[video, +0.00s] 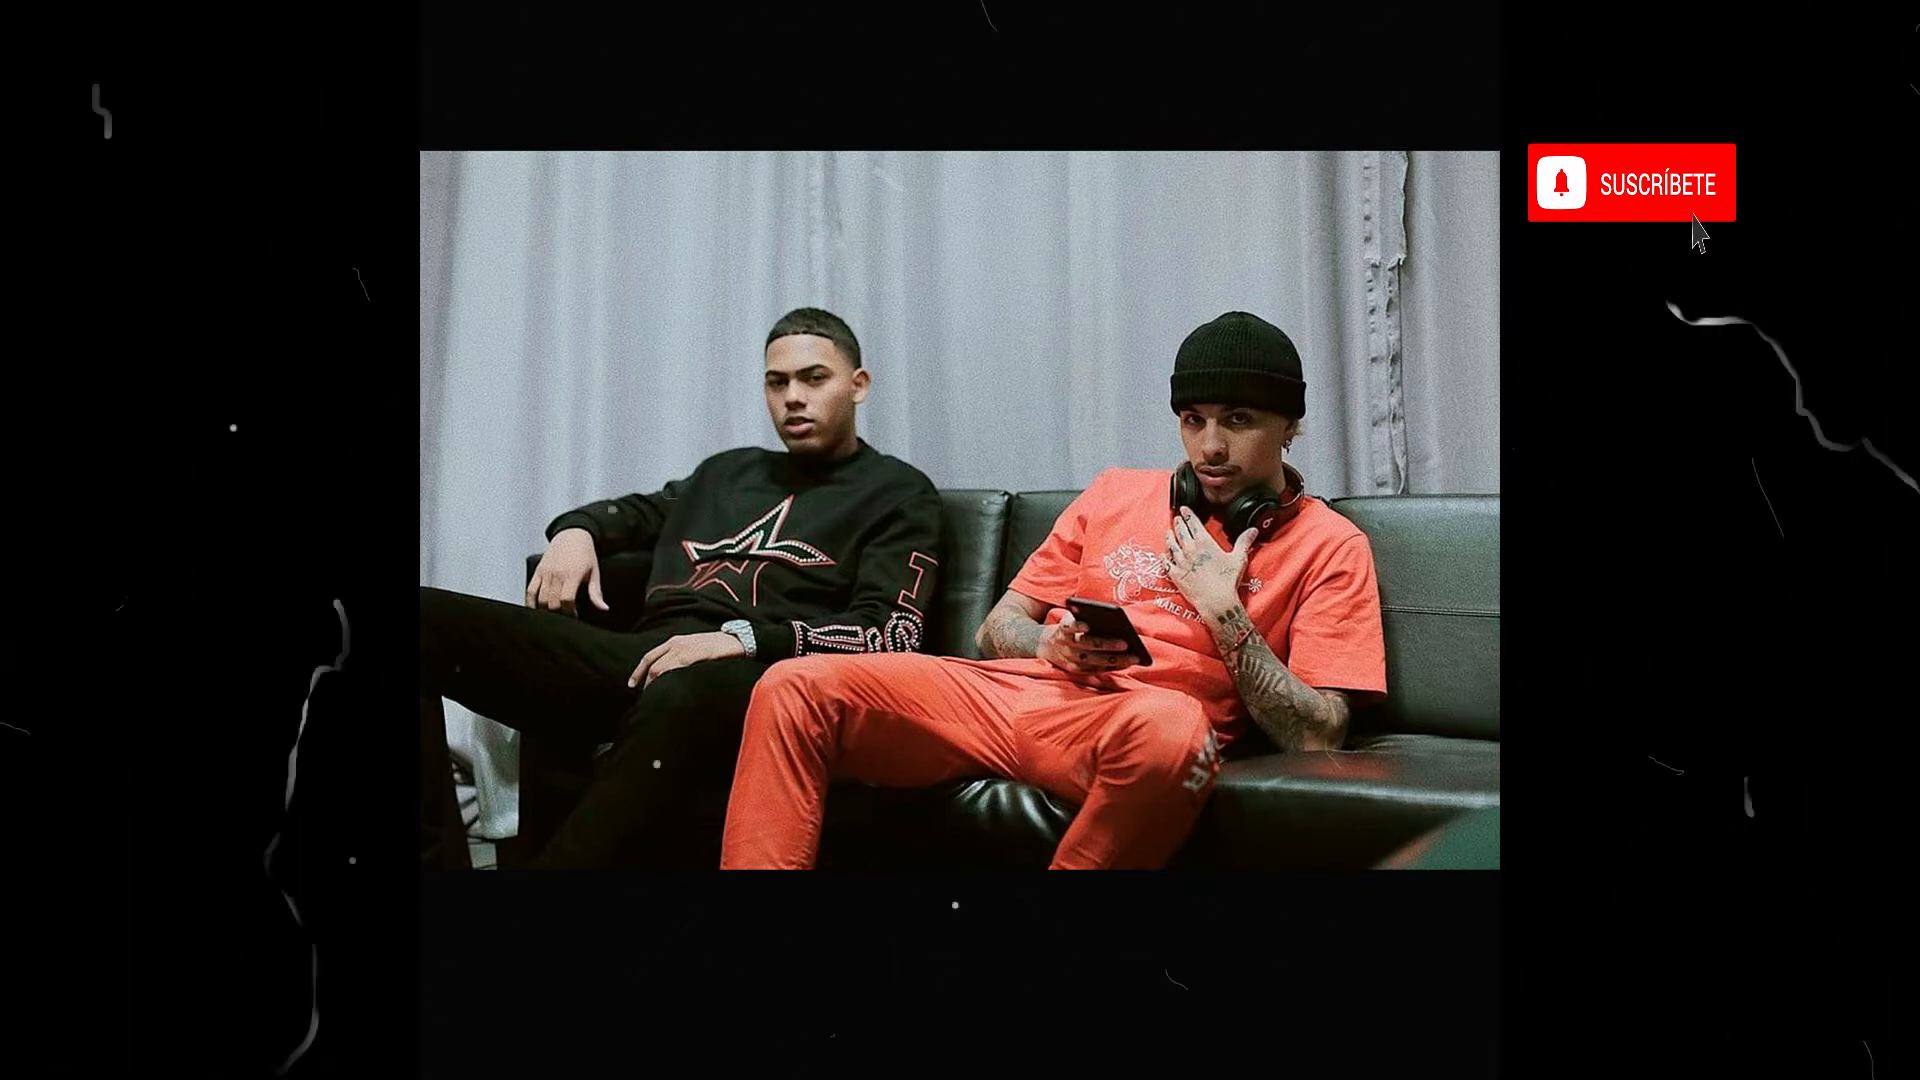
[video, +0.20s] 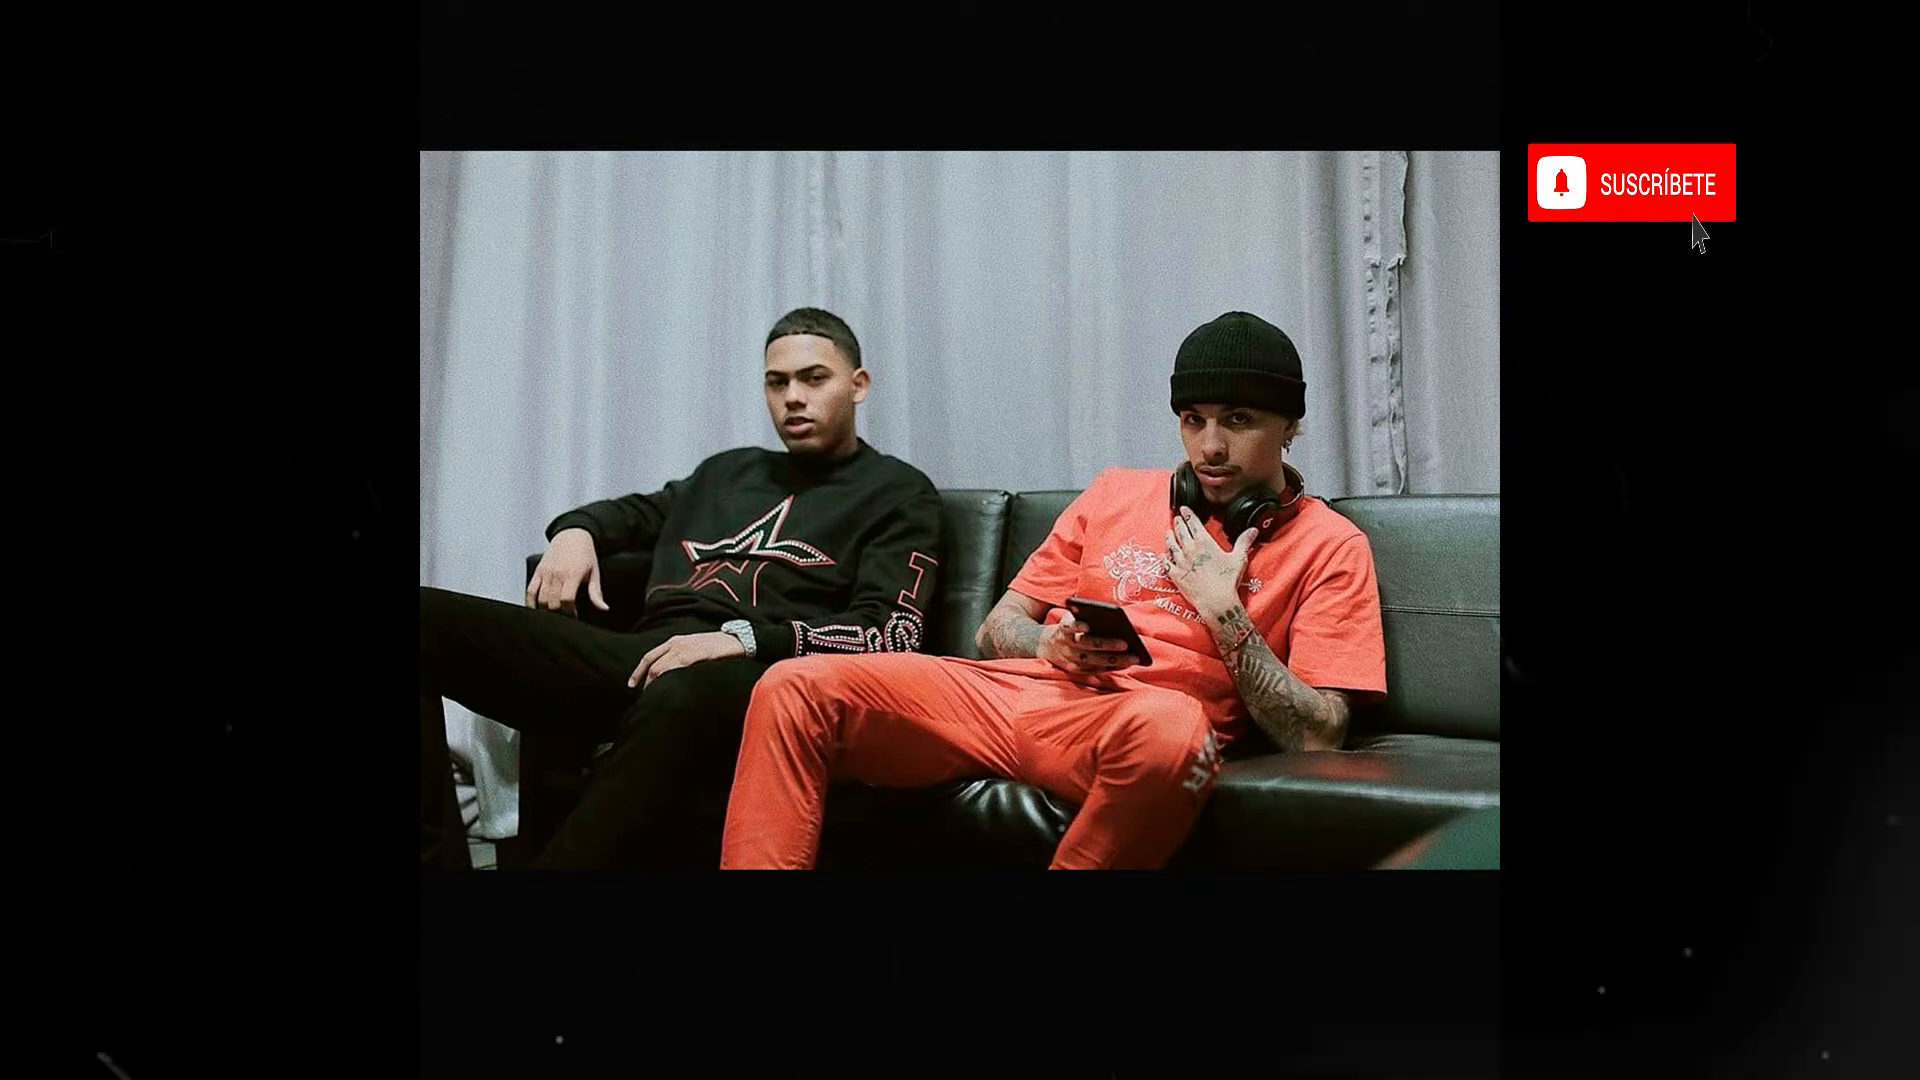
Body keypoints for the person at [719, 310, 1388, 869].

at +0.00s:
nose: (1211, 445)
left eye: (1238, 421)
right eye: (1196, 419)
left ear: (1289, 429)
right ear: (1178, 422)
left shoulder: (1329, 545)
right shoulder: (1118, 492)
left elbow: (1318, 735)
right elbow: (999, 627)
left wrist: (1227, 615)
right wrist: (1050, 647)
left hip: (1129, 709)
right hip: (1013, 686)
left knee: (1171, 746)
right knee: (792, 693)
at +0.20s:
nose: (1210, 445)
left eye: (1238, 421)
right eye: (1196, 419)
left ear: (1289, 429)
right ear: (1179, 422)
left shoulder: (1328, 546)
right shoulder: (1117, 493)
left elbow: (1318, 734)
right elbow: (999, 626)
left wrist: (1227, 615)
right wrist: (1051, 647)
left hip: (1132, 708)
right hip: (1013, 685)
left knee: (1170, 746)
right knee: (791, 694)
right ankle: (757, 914)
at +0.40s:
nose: (1211, 445)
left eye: (1238, 421)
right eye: (1196, 419)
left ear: (1289, 428)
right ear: (1179, 421)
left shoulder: (1328, 546)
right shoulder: (1118, 492)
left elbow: (1318, 734)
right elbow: (999, 626)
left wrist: (1226, 613)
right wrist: (1051, 647)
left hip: (1130, 708)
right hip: (1013, 685)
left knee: (1171, 746)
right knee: (792, 693)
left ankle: (1044, 907)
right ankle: (759, 912)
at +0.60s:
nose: (1210, 445)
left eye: (1237, 421)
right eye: (1196, 419)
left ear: (1289, 429)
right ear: (1179, 422)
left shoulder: (1328, 546)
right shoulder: (1117, 493)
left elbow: (1318, 734)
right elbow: (999, 626)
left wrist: (1227, 615)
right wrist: (1051, 647)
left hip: (1132, 708)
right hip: (1013, 685)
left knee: (1170, 745)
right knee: (791, 694)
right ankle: (759, 902)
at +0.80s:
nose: (1211, 445)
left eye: (1238, 421)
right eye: (1196, 419)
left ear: (1289, 429)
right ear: (1179, 422)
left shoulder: (1328, 545)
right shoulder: (1118, 492)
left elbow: (1318, 735)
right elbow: (999, 626)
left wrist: (1226, 614)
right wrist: (1051, 647)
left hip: (1130, 708)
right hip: (1013, 685)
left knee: (1170, 746)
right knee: (791, 694)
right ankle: (758, 931)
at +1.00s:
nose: (1210, 445)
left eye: (1238, 421)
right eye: (1196, 419)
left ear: (1289, 429)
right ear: (1179, 422)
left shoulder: (1328, 546)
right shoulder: (1118, 492)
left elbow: (1318, 734)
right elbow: (999, 626)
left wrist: (1226, 614)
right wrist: (1050, 647)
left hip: (1132, 708)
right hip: (1014, 685)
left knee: (1170, 746)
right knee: (792, 693)